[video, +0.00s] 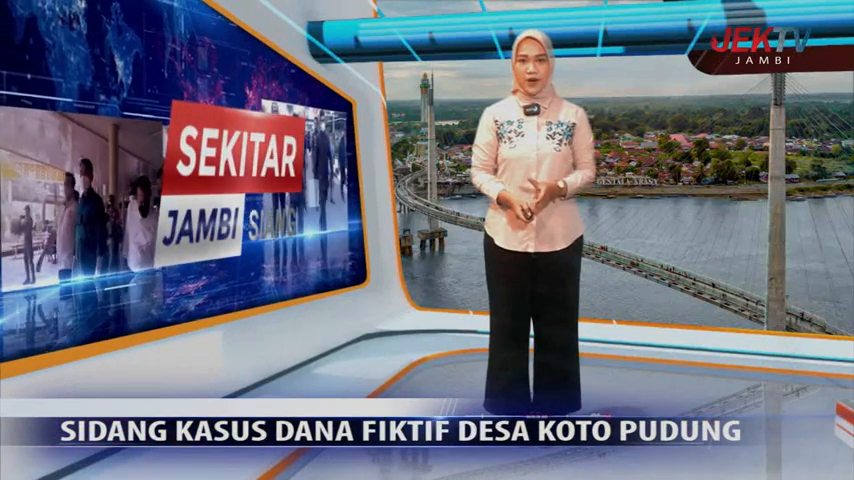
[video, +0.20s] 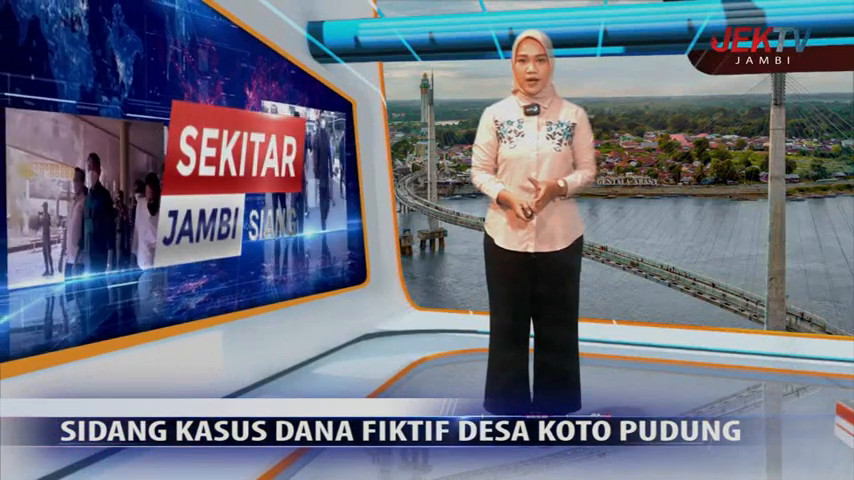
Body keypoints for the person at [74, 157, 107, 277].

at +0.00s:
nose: (83, 181)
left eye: (86, 177)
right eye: (82, 177)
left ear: (91, 179)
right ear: (80, 178)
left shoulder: (96, 200)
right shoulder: (82, 199)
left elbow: (100, 226)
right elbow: (79, 224)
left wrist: (100, 251)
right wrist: (75, 251)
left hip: (90, 247)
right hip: (80, 246)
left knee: (88, 280)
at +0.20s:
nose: (90, 175)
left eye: (93, 172)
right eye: (89, 172)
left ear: (98, 173)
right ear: (87, 173)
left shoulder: (103, 194)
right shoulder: (89, 194)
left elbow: (108, 220)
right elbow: (85, 220)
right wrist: (81, 244)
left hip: (99, 243)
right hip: (88, 243)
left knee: (97, 277)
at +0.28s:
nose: (93, 177)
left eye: (95, 174)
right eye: (91, 173)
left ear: (101, 174)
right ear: (89, 175)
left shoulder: (106, 196)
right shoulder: (90, 195)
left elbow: (110, 222)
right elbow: (86, 220)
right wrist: (83, 243)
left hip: (102, 245)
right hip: (90, 244)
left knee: (100, 279)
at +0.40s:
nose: (96, 178)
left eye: (99, 175)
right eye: (95, 174)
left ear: (104, 176)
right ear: (93, 177)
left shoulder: (109, 198)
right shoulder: (95, 197)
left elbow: (114, 222)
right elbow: (90, 221)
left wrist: (115, 245)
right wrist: (86, 242)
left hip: (106, 244)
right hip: (96, 244)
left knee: (104, 278)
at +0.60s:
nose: (97, 179)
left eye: (100, 175)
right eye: (96, 175)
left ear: (105, 176)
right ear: (95, 176)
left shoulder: (108, 200)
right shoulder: (95, 199)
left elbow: (113, 227)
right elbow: (91, 224)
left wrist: (114, 250)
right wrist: (87, 247)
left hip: (104, 248)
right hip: (93, 247)